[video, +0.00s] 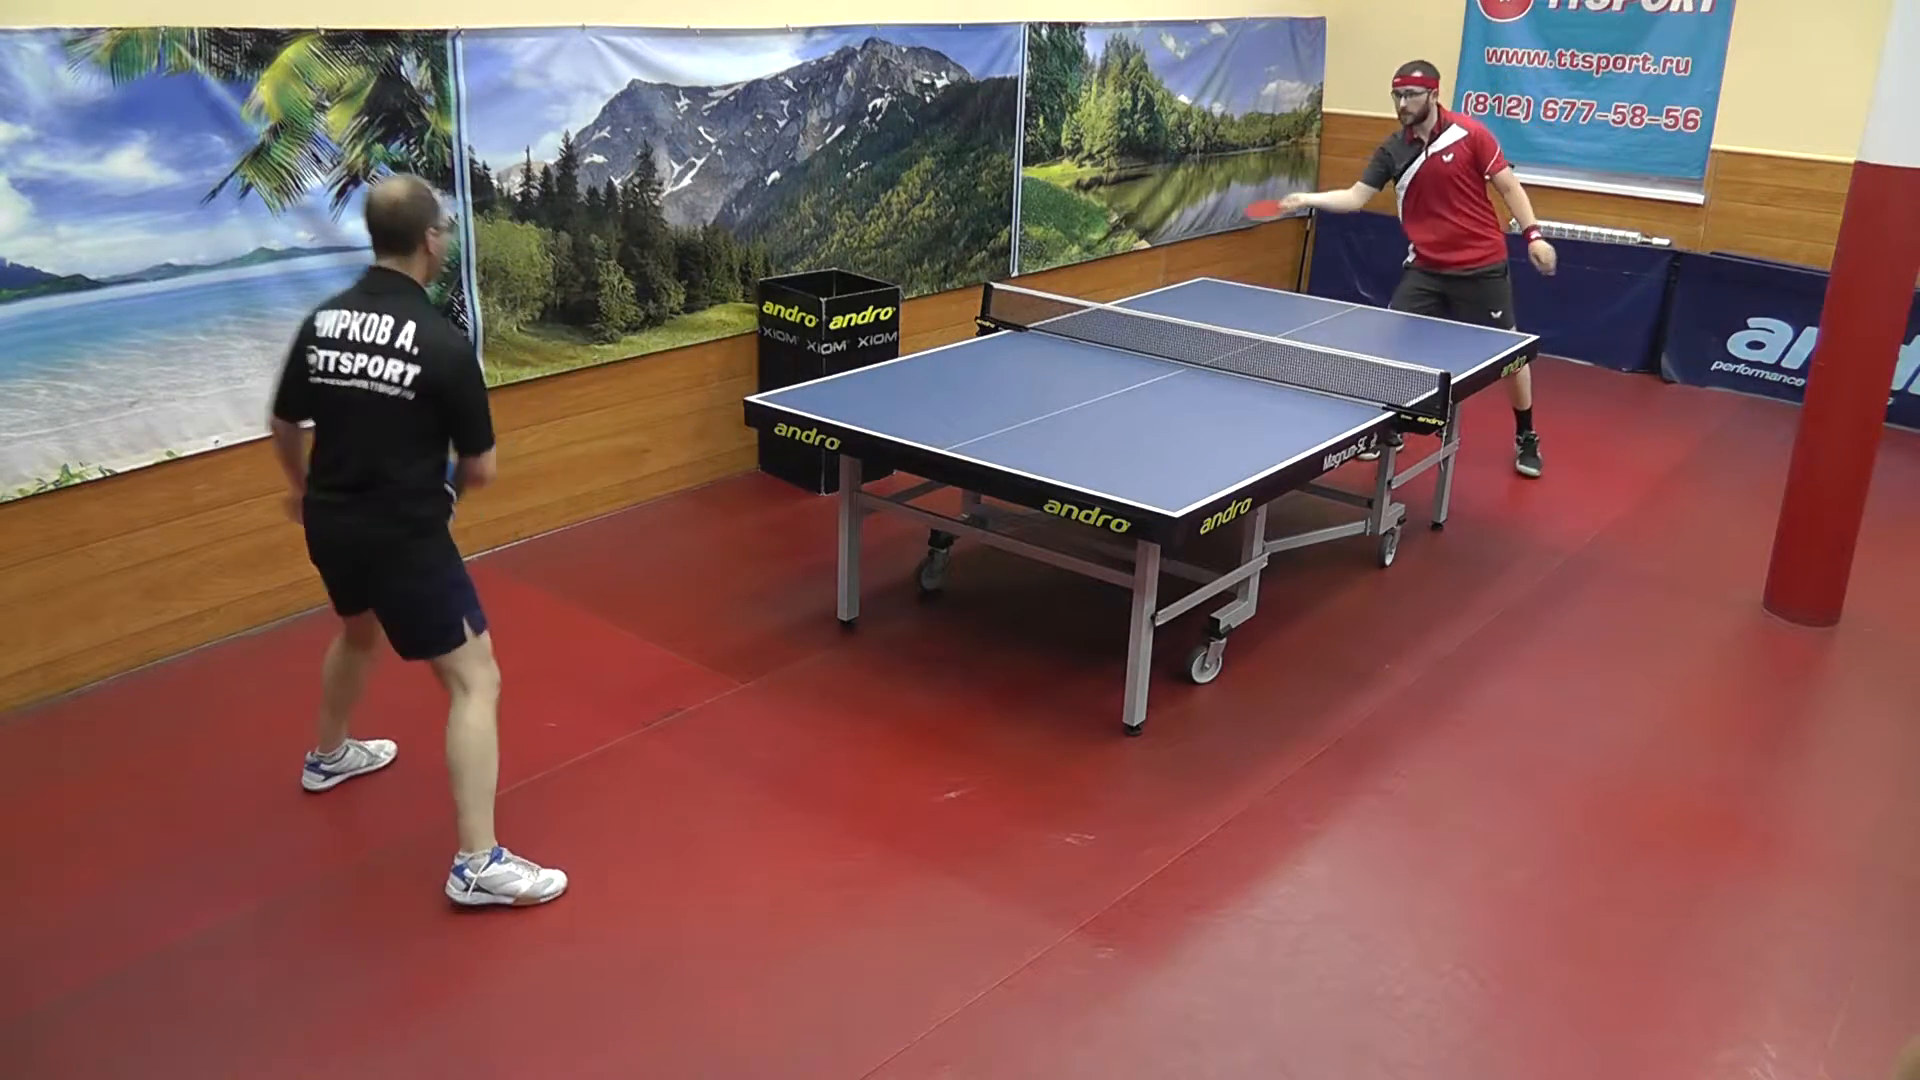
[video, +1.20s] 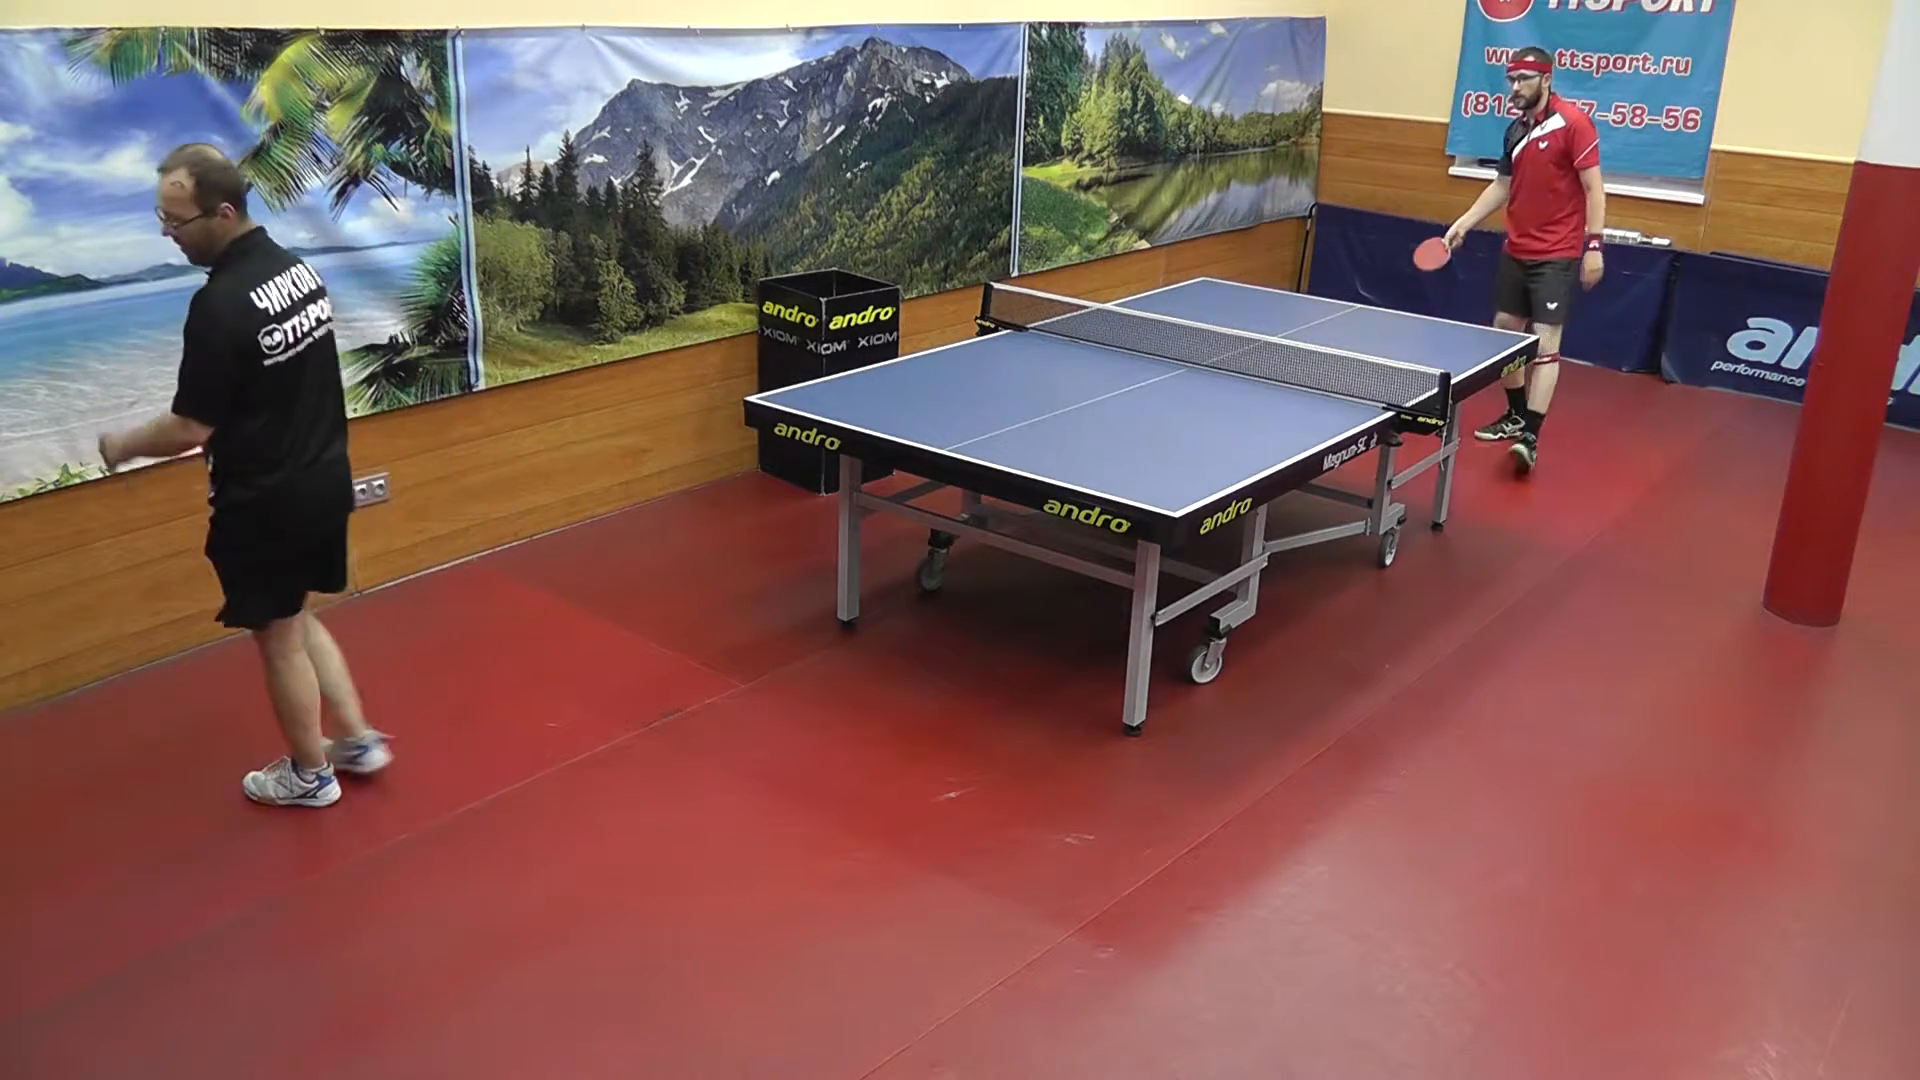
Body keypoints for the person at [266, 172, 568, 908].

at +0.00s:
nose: (447, 240)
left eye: (443, 228)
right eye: (443, 230)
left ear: (376, 238)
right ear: (428, 240)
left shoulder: (328, 319)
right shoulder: (444, 340)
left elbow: (286, 419)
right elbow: (479, 466)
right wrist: (444, 477)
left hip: (331, 523)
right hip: (406, 532)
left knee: (357, 631)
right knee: (474, 680)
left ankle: (328, 752)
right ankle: (478, 859)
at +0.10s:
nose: (404, 218)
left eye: (398, 206)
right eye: (401, 209)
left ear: (332, 223)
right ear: (392, 220)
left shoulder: (294, 313)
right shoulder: (429, 316)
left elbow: (231, 406)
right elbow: (488, 426)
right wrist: (460, 429)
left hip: (327, 521)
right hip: (408, 525)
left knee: (342, 636)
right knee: (449, 675)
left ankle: (325, 755)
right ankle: (464, 847)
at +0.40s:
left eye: (290, 222)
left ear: (295, 233)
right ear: (361, 212)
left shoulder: (285, 327)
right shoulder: (424, 310)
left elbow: (218, 421)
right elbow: (483, 410)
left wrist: (174, 467)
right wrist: (509, 460)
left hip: (333, 526)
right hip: (421, 519)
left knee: (336, 639)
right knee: (438, 673)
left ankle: (322, 754)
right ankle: (449, 841)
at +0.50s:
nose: (287, 239)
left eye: (286, 230)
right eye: (288, 228)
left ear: (300, 237)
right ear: (360, 218)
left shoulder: (291, 329)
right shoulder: (430, 303)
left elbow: (257, 449)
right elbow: (476, 419)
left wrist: (236, 525)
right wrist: (505, 494)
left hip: (337, 530)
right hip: (427, 521)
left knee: (334, 646)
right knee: (437, 674)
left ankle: (323, 756)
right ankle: (449, 840)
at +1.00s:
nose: (193, 232)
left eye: (200, 221)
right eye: (191, 220)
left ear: (241, 220)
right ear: (254, 215)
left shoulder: (230, 316)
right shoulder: (339, 278)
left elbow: (222, 447)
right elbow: (385, 389)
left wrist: (205, 539)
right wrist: (403, 466)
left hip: (273, 512)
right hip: (354, 493)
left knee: (284, 643)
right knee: (371, 625)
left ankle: (311, 771)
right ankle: (437, 751)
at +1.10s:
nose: (180, 232)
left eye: (187, 220)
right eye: (179, 220)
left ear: (231, 217)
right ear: (244, 214)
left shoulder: (223, 311)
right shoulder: (315, 272)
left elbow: (201, 439)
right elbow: (346, 382)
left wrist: (156, 489)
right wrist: (356, 457)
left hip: (263, 504)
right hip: (336, 484)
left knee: (279, 640)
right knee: (330, 611)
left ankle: (311, 771)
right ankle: (409, 731)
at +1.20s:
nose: (166, 232)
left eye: (175, 219)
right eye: (164, 219)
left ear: (222, 212)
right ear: (227, 211)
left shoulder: (219, 302)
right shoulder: (287, 264)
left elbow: (189, 426)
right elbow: (284, 380)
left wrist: (126, 443)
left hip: (264, 497)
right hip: (323, 478)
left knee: (280, 638)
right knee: (300, 616)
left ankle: (312, 772)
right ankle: (358, 736)